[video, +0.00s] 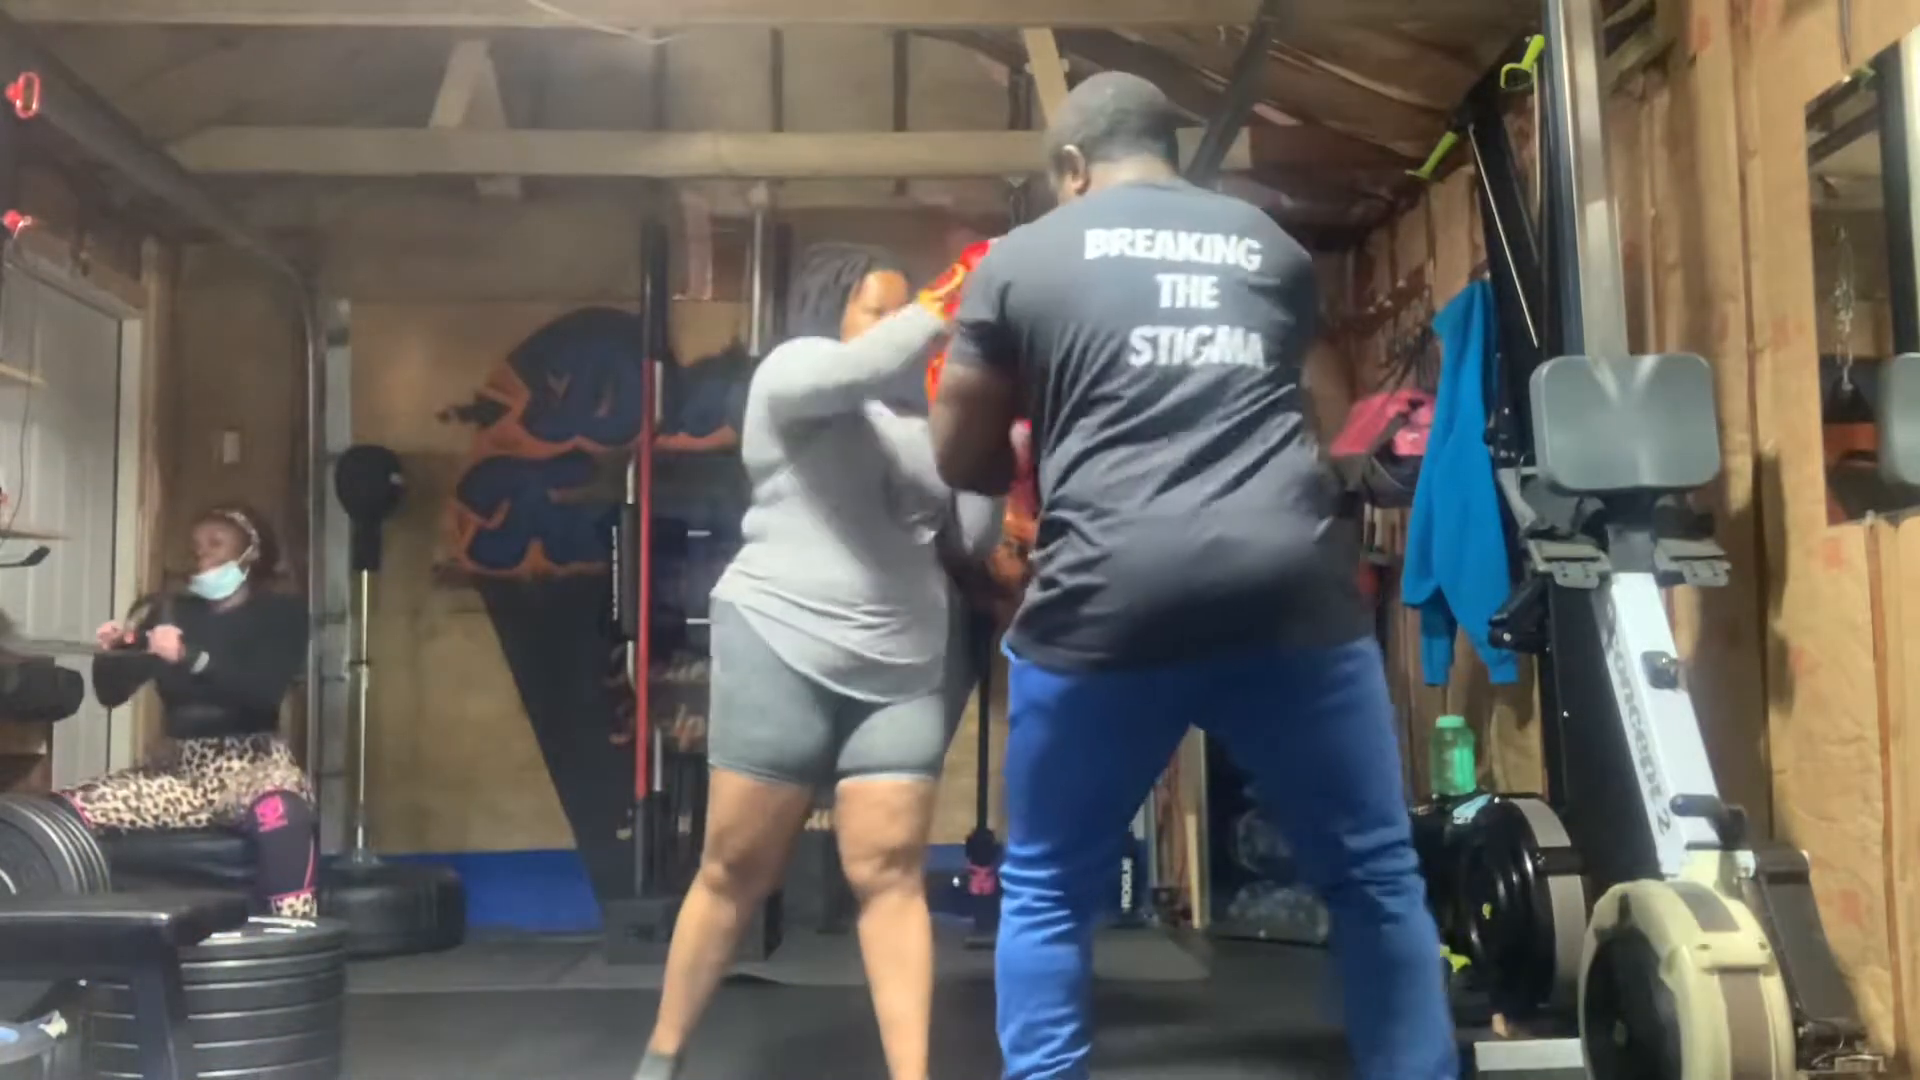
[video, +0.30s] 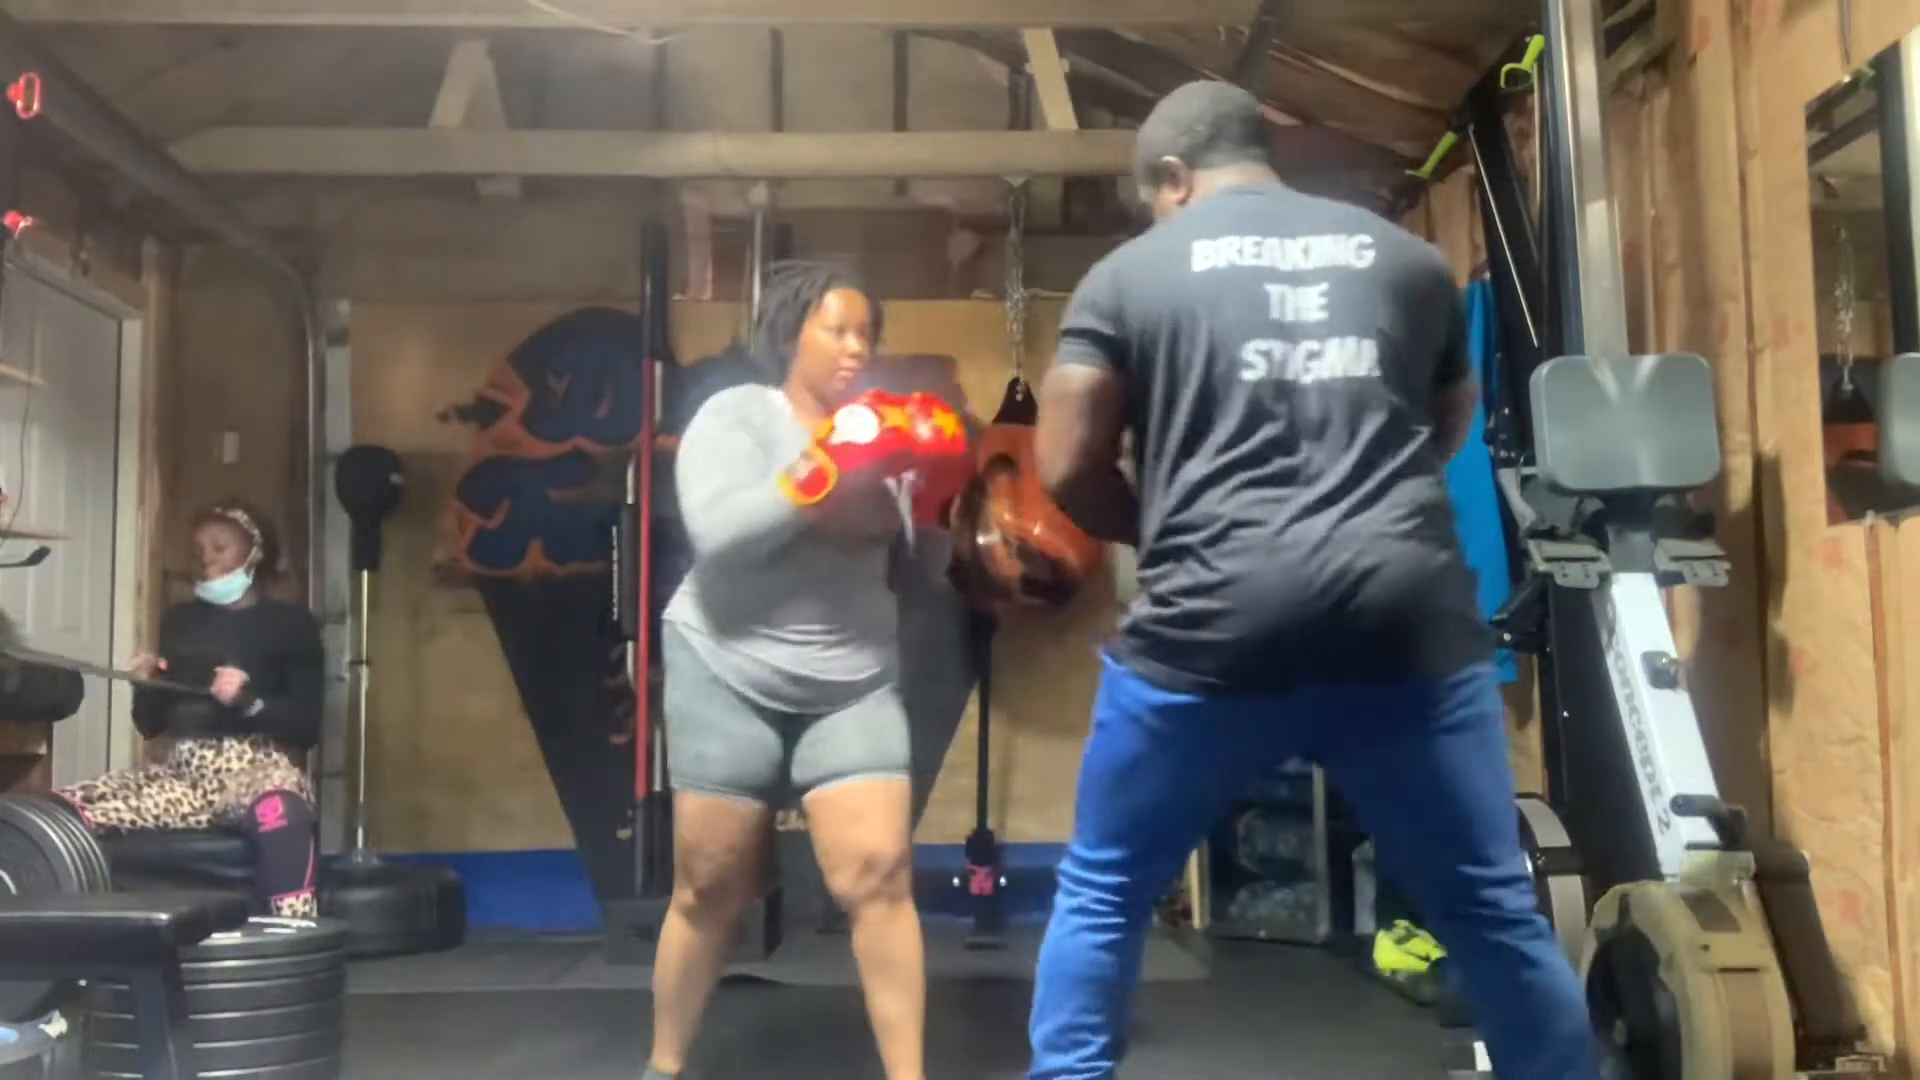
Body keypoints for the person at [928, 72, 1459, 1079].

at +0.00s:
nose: (1057, 192)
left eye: (1054, 178)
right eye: (1058, 181)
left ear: (1074, 167)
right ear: (1176, 154)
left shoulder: (1020, 260)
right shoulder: (1268, 239)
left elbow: (964, 458)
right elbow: (1326, 415)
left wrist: (1029, 444)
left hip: (1112, 589)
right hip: (1290, 579)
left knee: (1048, 889)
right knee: (1376, 875)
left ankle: (1042, 1071)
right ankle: (1417, 1073)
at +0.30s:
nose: (1152, 219)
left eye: (1150, 200)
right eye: (1150, 202)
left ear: (1173, 179)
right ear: (1271, 157)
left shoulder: (1128, 274)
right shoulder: (1411, 259)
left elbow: (1069, 471)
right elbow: (1446, 428)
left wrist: (1170, 519)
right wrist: (1357, 492)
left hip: (1216, 618)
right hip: (1407, 613)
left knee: (1104, 892)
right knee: (1493, 906)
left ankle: (1064, 1074)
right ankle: (1569, 1076)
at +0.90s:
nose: (1118, 219)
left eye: (1116, 204)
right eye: (1113, 207)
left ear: (1154, 181)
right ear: (1234, 172)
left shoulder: (1136, 246)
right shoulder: (1343, 262)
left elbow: (1059, 444)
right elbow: (1333, 428)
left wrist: (1085, 508)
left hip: (1209, 610)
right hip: (1386, 615)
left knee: (1018, 843)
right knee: (1444, 903)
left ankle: (990, 1064)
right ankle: (1545, 1071)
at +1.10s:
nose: (916, 303)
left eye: (915, 287)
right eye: (912, 287)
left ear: (947, 265)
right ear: (1044, 251)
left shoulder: (947, 338)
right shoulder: (1187, 341)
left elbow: (841, 508)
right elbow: (1289, 505)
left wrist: (895, 538)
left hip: (1069, 704)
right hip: (1262, 707)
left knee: (869, 916)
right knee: (1378, 943)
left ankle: (770, 1071)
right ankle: (1503, 1073)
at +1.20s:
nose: (784, 311)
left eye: (786, 296)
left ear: (806, 287)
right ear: (920, 266)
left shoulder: (790, 367)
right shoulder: (1036, 350)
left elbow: (720, 556)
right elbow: (1136, 504)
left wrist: (794, 515)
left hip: (939, 673)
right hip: (1130, 665)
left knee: (758, 894)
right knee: (1284, 920)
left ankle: (696, 1069)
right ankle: (1449, 1073)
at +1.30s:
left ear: (719, 287)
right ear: (831, 268)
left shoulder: (679, 376)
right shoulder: (944, 342)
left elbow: (639, 573)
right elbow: (1031, 508)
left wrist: (713, 515)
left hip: (830, 658)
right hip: (1022, 649)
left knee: (672, 896)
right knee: (1152, 920)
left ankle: (665, 1072)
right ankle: (1285, 1071)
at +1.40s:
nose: (791, 263)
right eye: (789, 252)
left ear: (672, 271)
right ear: (774, 248)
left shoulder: (610, 371)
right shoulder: (886, 324)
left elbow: (599, 564)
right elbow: (969, 488)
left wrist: (682, 490)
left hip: (728, 657)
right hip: (928, 648)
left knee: (626, 904)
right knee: (1005, 918)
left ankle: (639, 1069)